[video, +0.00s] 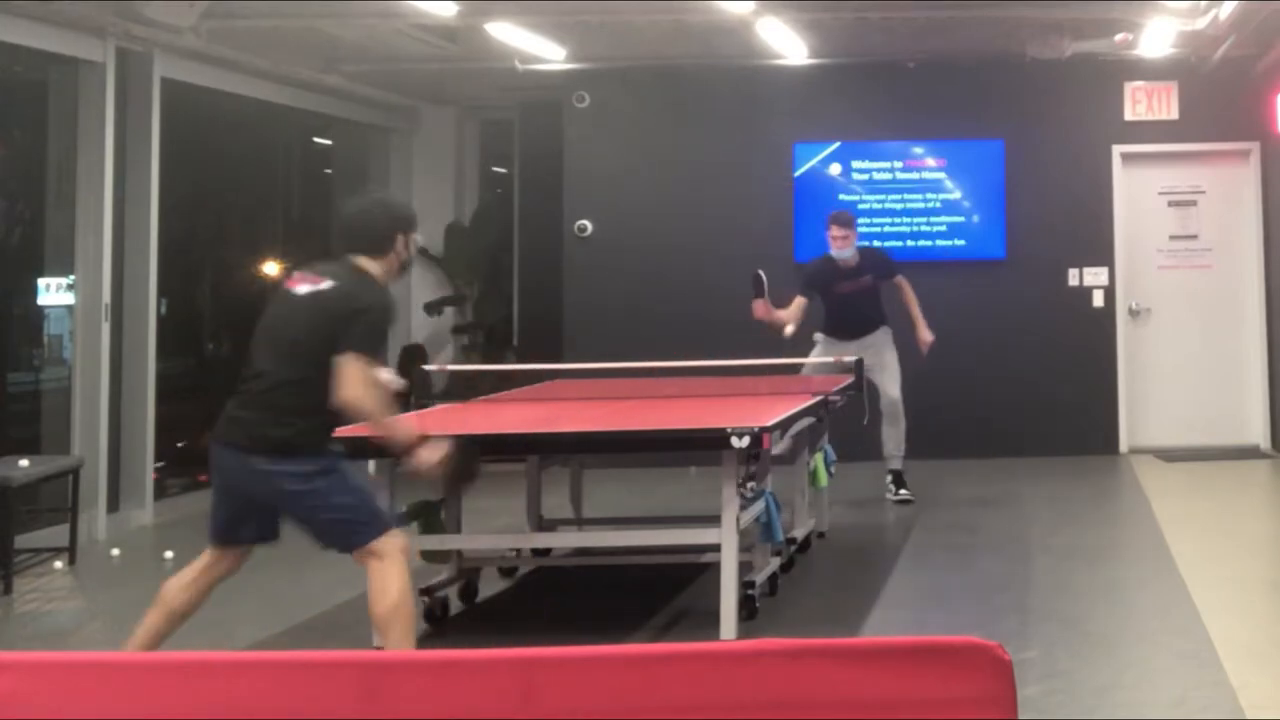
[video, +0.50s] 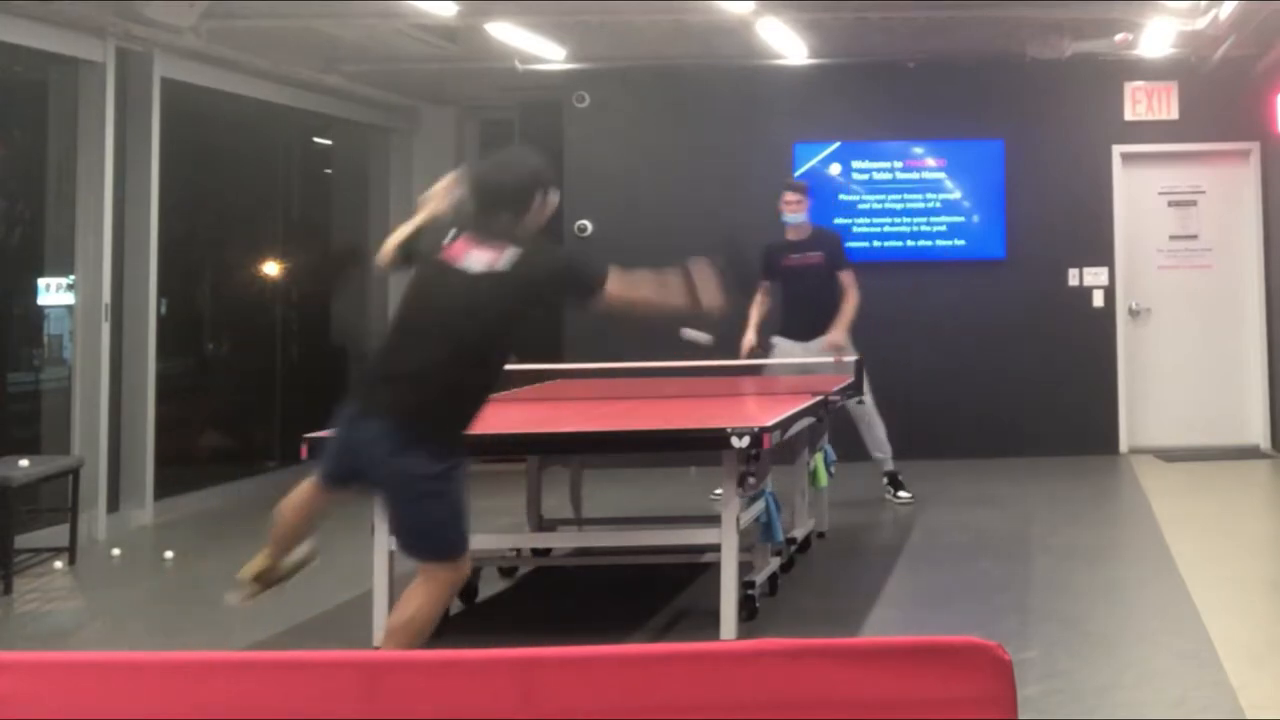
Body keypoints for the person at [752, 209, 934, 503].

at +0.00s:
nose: (839, 241)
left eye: (845, 236)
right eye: (834, 236)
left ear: (855, 236)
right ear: (828, 238)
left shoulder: (876, 260)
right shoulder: (818, 271)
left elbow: (903, 286)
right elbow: (793, 313)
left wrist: (921, 327)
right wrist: (771, 313)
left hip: (875, 340)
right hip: (832, 343)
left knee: (892, 398)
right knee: (802, 392)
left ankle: (895, 473)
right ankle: (817, 457)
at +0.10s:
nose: (844, 228)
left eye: (850, 223)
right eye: (839, 223)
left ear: (861, 223)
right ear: (833, 223)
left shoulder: (880, 250)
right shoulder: (823, 255)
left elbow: (906, 280)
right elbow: (790, 295)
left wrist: (924, 320)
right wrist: (769, 306)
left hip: (873, 337)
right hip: (830, 338)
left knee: (888, 399)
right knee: (803, 395)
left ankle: (894, 473)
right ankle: (807, 461)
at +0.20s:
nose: (843, 214)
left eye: (848, 209)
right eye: (838, 209)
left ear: (858, 210)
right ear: (830, 211)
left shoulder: (878, 243)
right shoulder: (818, 245)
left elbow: (901, 276)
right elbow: (789, 282)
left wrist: (916, 317)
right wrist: (767, 301)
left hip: (869, 335)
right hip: (825, 336)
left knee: (885, 398)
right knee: (798, 396)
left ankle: (894, 473)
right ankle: (785, 466)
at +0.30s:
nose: (832, 208)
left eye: (838, 203)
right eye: (828, 203)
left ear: (849, 204)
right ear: (821, 205)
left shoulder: (870, 240)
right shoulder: (808, 244)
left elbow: (891, 282)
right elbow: (786, 283)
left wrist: (899, 326)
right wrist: (767, 306)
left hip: (862, 336)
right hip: (818, 337)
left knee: (881, 399)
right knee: (792, 400)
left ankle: (893, 473)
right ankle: (801, 466)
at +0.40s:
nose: (816, 211)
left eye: (822, 205)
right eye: (812, 205)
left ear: (833, 207)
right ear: (804, 208)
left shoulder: (854, 243)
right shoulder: (795, 249)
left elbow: (875, 290)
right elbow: (778, 293)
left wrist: (874, 335)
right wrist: (762, 326)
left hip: (852, 340)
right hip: (808, 343)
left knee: (877, 402)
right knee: (789, 409)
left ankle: (892, 473)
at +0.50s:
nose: (791, 208)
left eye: (797, 203)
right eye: (786, 203)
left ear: (807, 206)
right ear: (779, 208)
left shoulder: (828, 241)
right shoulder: (774, 251)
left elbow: (851, 292)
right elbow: (763, 295)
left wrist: (838, 331)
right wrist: (751, 331)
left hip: (829, 345)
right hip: (786, 348)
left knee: (862, 404)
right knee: (764, 414)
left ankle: (889, 472)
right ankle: (744, 482)